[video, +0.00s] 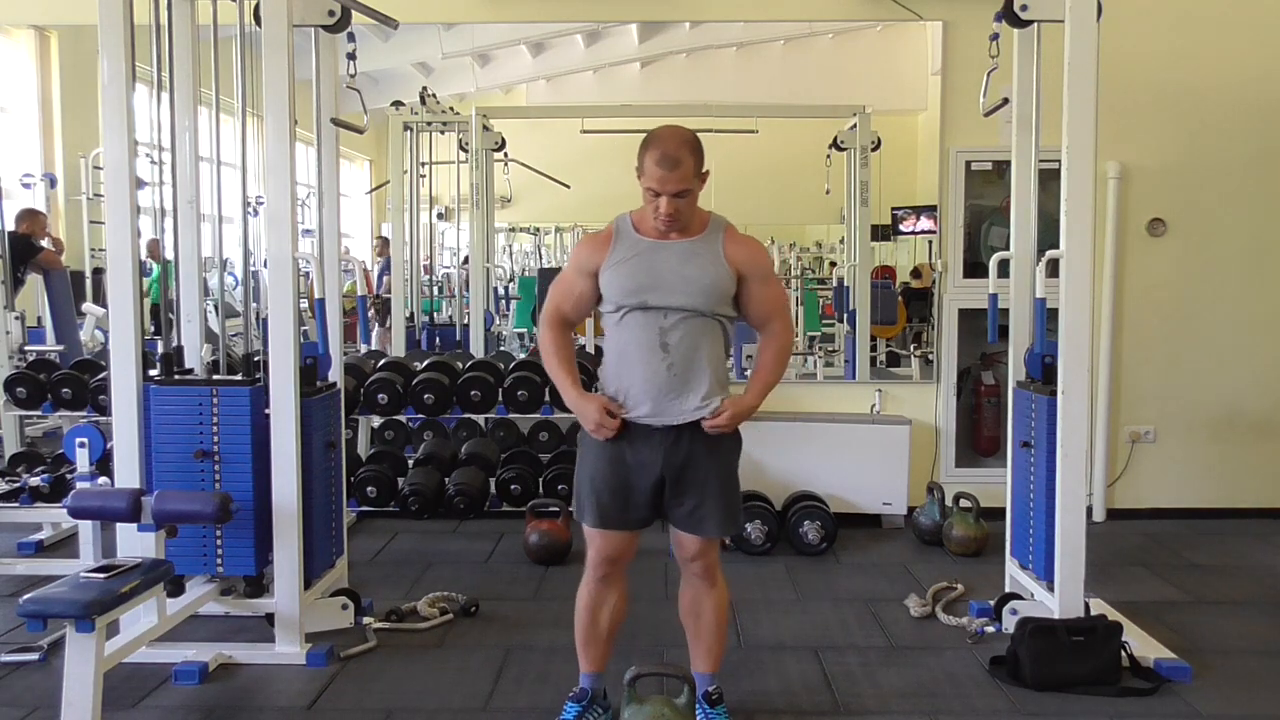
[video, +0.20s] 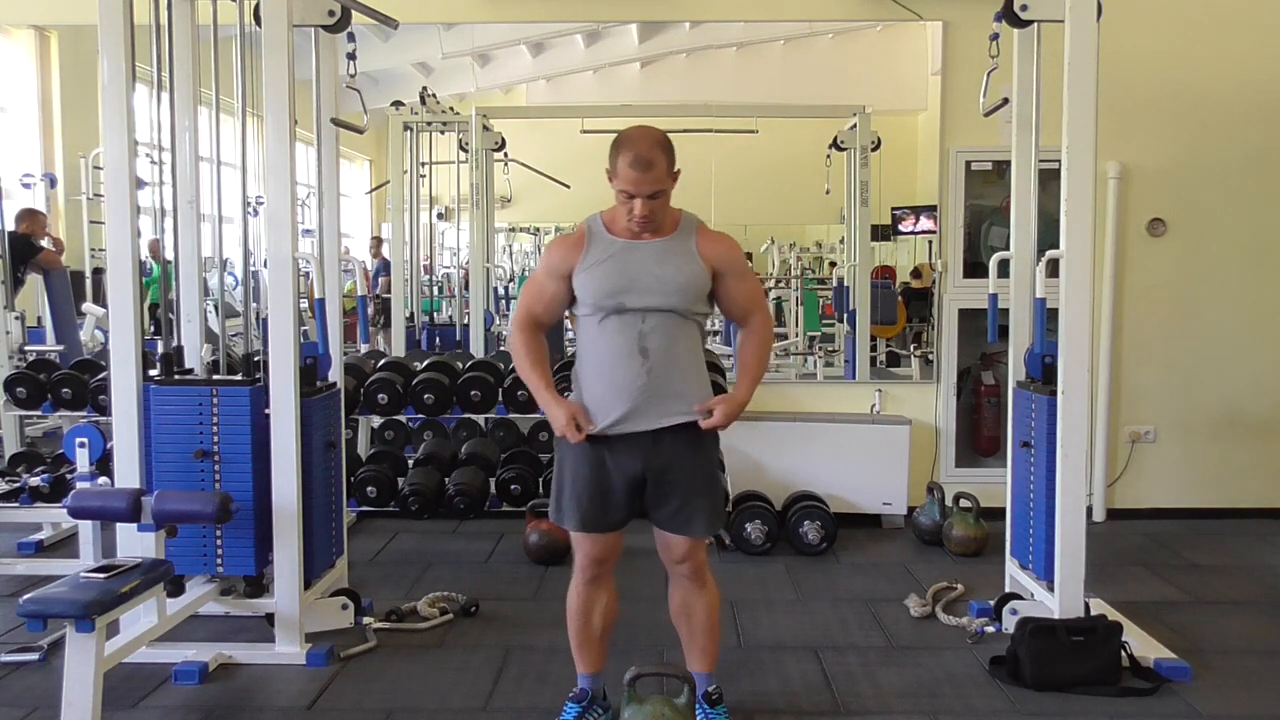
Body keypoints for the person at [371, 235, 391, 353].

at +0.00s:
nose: (374, 249)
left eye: (377, 246)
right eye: (374, 246)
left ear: (385, 247)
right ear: (382, 248)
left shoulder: (387, 262)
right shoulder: (383, 263)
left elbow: (387, 284)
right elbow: (384, 284)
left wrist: (377, 301)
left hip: (385, 308)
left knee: (378, 341)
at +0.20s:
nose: (370, 250)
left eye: (373, 247)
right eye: (369, 247)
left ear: (379, 247)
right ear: (370, 247)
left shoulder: (383, 263)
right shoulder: (379, 263)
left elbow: (383, 285)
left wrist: (375, 300)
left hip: (381, 302)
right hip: (383, 302)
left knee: (372, 333)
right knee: (386, 335)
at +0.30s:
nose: (367, 251)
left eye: (370, 248)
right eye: (367, 248)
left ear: (378, 248)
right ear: (366, 249)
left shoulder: (380, 265)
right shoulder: (375, 265)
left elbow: (380, 286)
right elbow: (370, 282)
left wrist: (372, 304)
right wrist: (365, 272)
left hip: (378, 299)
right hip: (377, 299)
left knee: (371, 333)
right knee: (384, 335)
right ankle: (391, 359)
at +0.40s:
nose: (365, 251)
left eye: (368, 248)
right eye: (364, 248)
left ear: (375, 249)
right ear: (363, 248)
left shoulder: (376, 264)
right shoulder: (371, 264)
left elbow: (376, 287)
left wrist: (368, 304)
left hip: (376, 300)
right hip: (375, 300)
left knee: (369, 333)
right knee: (380, 334)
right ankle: (390, 358)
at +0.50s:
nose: (362, 251)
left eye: (365, 248)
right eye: (361, 248)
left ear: (372, 249)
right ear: (360, 248)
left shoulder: (373, 265)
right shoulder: (367, 265)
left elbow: (372, 290)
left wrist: (361, 309)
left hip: (373, 302)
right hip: (369, 302)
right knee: (377, 332)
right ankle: (389, 356)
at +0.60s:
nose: (359, 250)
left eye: (362, 248)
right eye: (358, 247)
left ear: (369, 248)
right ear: (356, 247)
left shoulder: (370, 265)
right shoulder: (363, 264)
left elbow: (368, 289)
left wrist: (356, 308)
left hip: (367, 302)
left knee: (366, 333)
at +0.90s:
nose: (352, 251)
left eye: (355, 248)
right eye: (351, 248)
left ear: (361, 249)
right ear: (349, 247)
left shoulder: (366, 266)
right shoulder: (350, 265)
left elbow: (363, 290)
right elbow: (347, 287)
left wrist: (349, 307)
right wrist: (344, 304)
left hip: (359, 304)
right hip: (348, 302)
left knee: (358, 334)